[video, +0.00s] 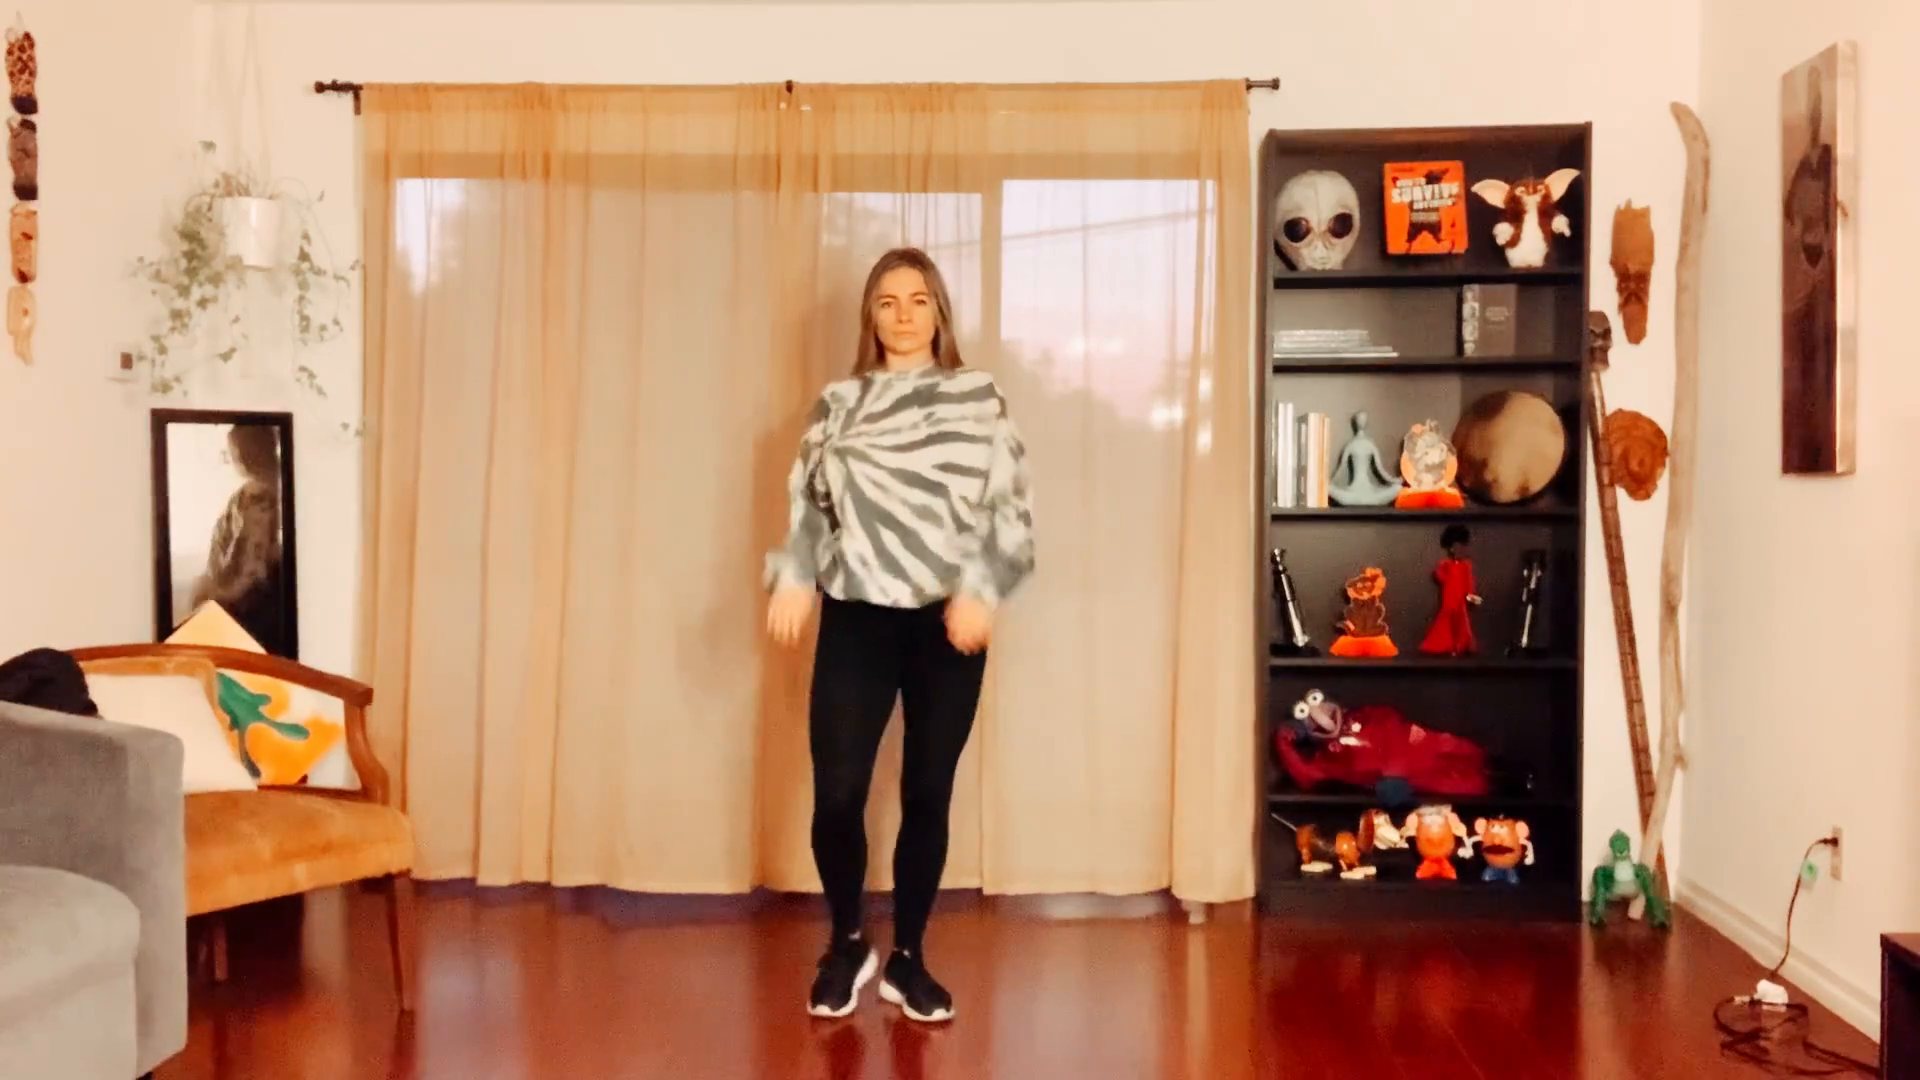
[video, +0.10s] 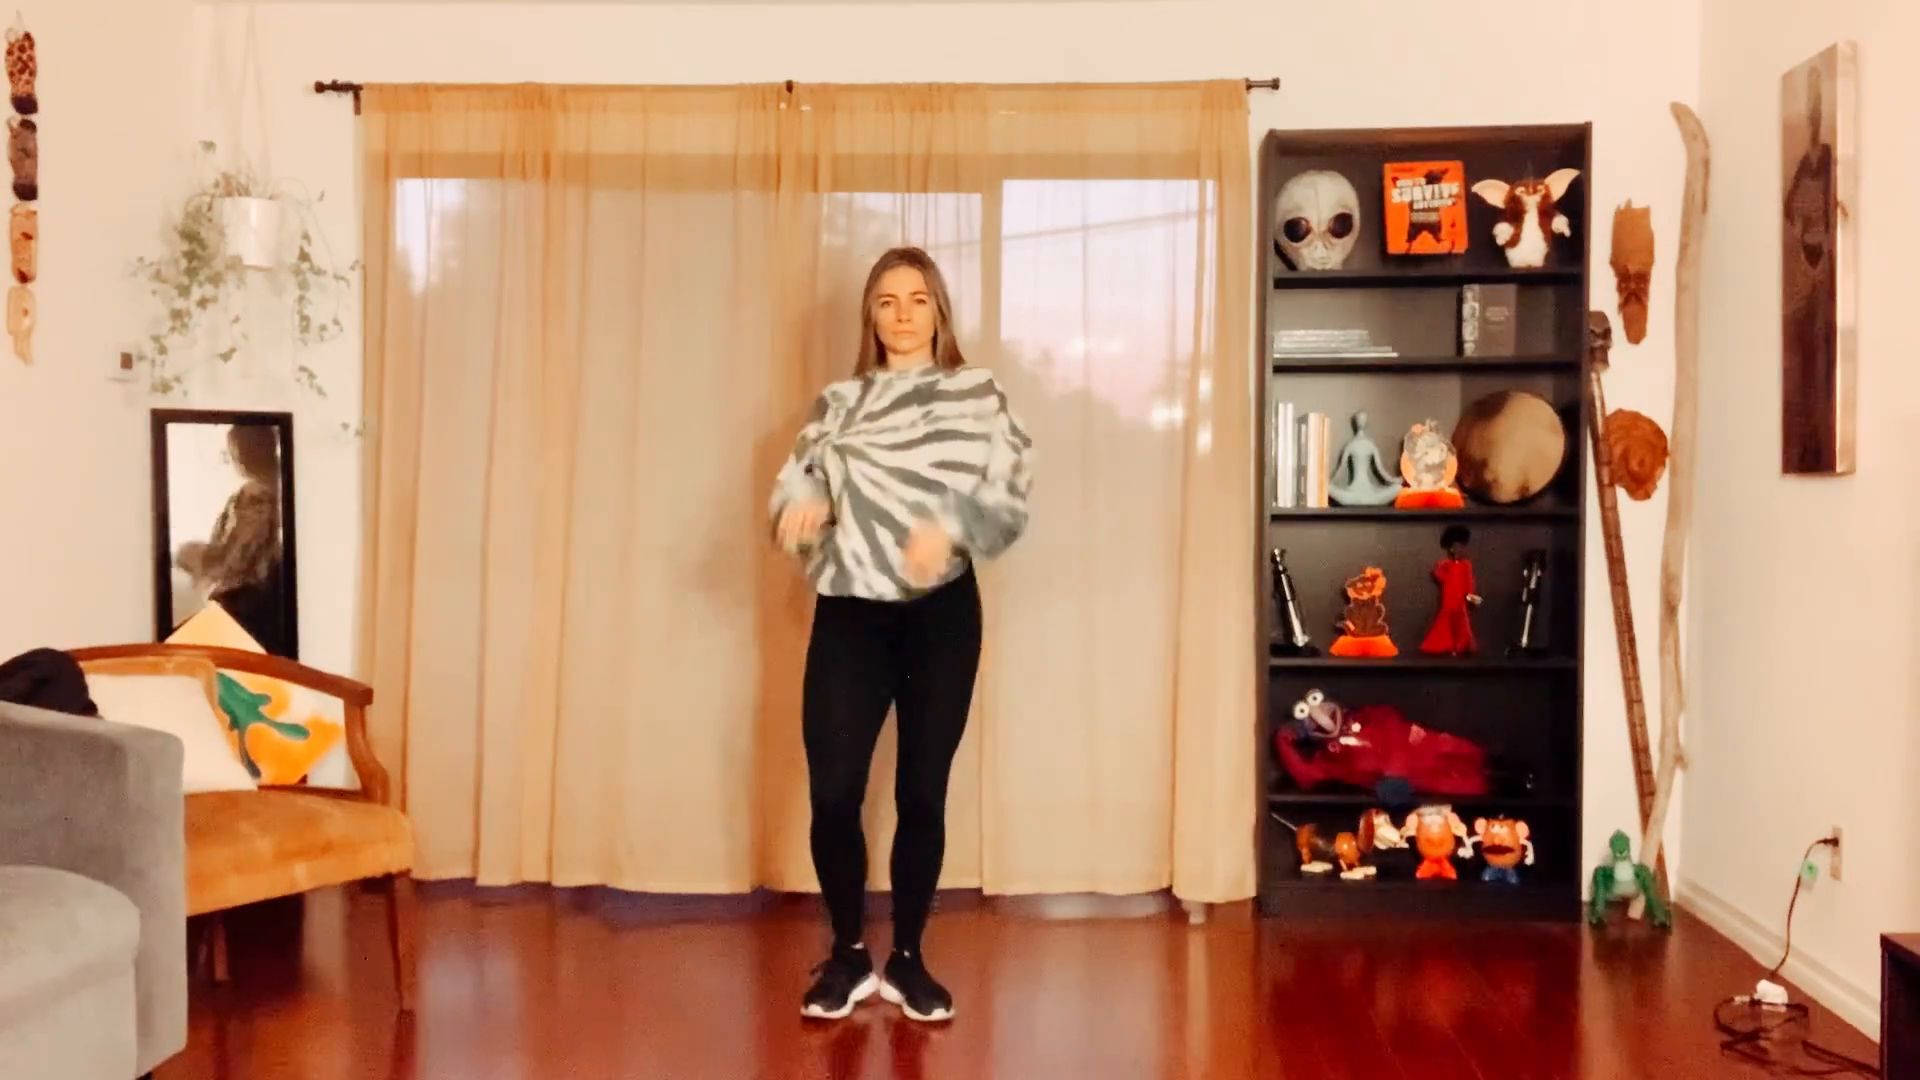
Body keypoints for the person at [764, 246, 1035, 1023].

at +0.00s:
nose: (902, 312)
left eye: (917, 300)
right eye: (887, 301)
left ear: (939, 311)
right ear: (870, 314)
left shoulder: (978, 398)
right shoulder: (841, 401)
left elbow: (1011, 513)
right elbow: (809, 501)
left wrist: (984, 590)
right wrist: (795, 574)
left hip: (947, 623)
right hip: (855, 618)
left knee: (926, 796)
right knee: (836, 796)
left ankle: (906, 959)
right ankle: (845, 944)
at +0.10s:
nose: (902, 312)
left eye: (917, 300)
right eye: (887, 301)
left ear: (939, 310)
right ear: (871, 314)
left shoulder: (978, 397)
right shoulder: (841, 402)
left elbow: (1006, 505)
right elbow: (797, 480)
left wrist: (952, 531)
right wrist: (800, 508)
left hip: (940, 617)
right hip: (848, 615)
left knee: (922, 795)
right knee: (833, 795)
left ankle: (906, 959)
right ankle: (847, 954)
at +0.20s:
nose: (899, 310)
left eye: (915, 298)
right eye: (885, 299)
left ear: (936, 310)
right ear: (868, 313)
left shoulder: (969, 393)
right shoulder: (838, 402)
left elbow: (1005, 484)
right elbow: (790, 492)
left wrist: (918, 464)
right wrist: (821, 448)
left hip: (932, 613)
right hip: (841, 613)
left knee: (918, 794)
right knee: (828, 792)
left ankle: (906, 960)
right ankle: (845, 956)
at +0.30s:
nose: (895, 311)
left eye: (911, 299)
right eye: (880, 300)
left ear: (933, 311)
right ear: (863, 313)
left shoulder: (964, 393)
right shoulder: (836, 401)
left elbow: (992, 492)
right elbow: (791, 496)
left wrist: (902, 426)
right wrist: (848, 424)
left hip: (925, 614)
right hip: (833, 613)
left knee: (916, 797)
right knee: (828, 794)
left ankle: (907, 959)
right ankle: (845, 957)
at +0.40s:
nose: (890, 310)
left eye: (906, 299)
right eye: (876, 298)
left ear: (929, 312)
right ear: (857, 311)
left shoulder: (960, 388)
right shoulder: (833, 398)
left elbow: (977, 488)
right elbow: (786, 500)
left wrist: (893, 411)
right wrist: (845, 412)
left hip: (920, 611)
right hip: (829, 610)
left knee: (913, 797)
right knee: (827, 793)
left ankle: (906, 959)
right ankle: (845, 957)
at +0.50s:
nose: (887, 309)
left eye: (902, 298)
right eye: (873, 298)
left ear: (926, 310)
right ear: (855, 312)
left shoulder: (959, 382)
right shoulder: (835, 386)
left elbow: (956, 473)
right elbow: (793, 478)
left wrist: (868, 398)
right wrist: (813, 392)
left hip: (918, 610)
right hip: (828, 608)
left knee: (912, 796)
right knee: (829, 792)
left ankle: (906, 958)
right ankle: (846, 958)